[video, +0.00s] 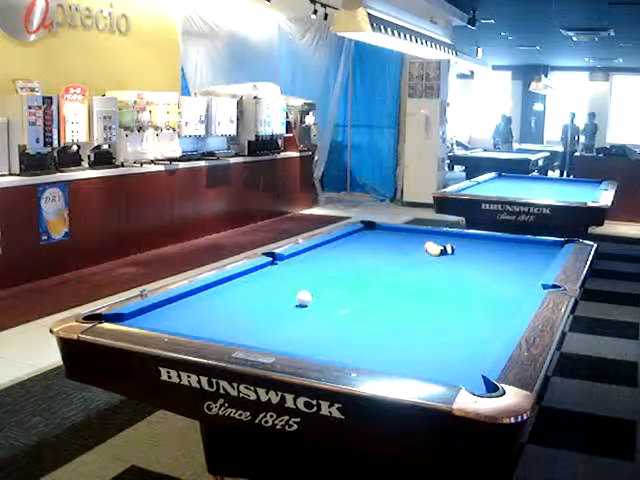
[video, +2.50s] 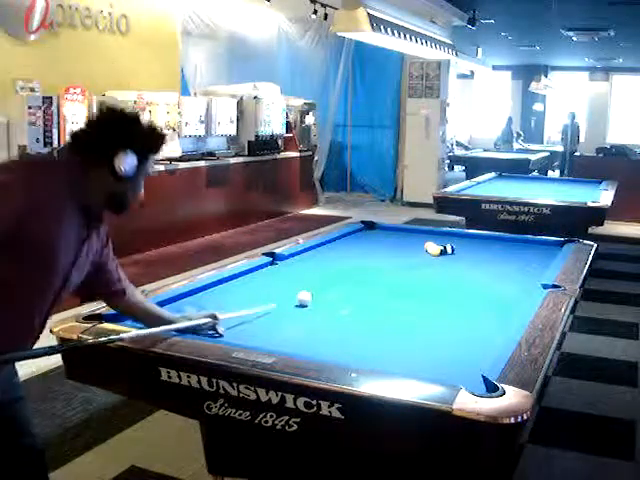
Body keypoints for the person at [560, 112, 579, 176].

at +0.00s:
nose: (572, 118)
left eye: (573, 117)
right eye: (571, 116)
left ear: (574, 117)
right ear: (569, 117)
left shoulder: (576, 128)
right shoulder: (565, 126)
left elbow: (578, 137)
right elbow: (562, 136)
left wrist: (577, 145)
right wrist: (563, 143)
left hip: (572, 147)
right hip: (565, 146)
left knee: (570, 161)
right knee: (563, 161)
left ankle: (568, 174)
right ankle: (561, 174)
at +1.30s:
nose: (572, 119)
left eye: (574, 117)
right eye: (571, 117)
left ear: (576, 118)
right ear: (570, 117)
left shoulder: (578, 126)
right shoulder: (566, 126)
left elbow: (580, 135)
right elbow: (563, 135)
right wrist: (563, 142)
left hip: (574, 146)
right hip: (566, 145)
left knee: (571, 160)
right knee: (563, 159)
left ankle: (569, 173)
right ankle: (561, 173)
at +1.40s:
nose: (572, 119)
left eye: (574, 117)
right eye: (571, 117)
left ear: (576, 117)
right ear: (570, 117)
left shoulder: (577, 126)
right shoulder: (566, 125)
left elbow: (580, 134)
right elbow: (563, 134)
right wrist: (563, 141)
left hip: (574, 145)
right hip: (566, 145)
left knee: (571, 159)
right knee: (563, 158)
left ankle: (569, 173)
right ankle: (561, 173)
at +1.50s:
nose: (572, 119)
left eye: (574, 117)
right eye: (571, 117)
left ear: (575, 117)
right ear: (570, 117)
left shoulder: (577, 126)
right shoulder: (566, 125)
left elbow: (579, 135)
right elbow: (563, 134)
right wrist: (563, 141)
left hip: (574, 146)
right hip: (566, 145)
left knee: (571, 159)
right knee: (563, 159)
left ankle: (569, 173)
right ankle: (561, 172)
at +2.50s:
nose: (571, 119)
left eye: (572, 117)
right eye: (570, 117)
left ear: (574, 117)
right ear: (568, 117)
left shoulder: (576, 126)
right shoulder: (565, 125)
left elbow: (578, 135)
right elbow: (563, 134)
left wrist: (577, 143)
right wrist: (562, 142)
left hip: (573, 145)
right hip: (566, 145)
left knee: (571, 160)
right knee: (563, 160)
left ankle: (570, 173)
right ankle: (562, 173)